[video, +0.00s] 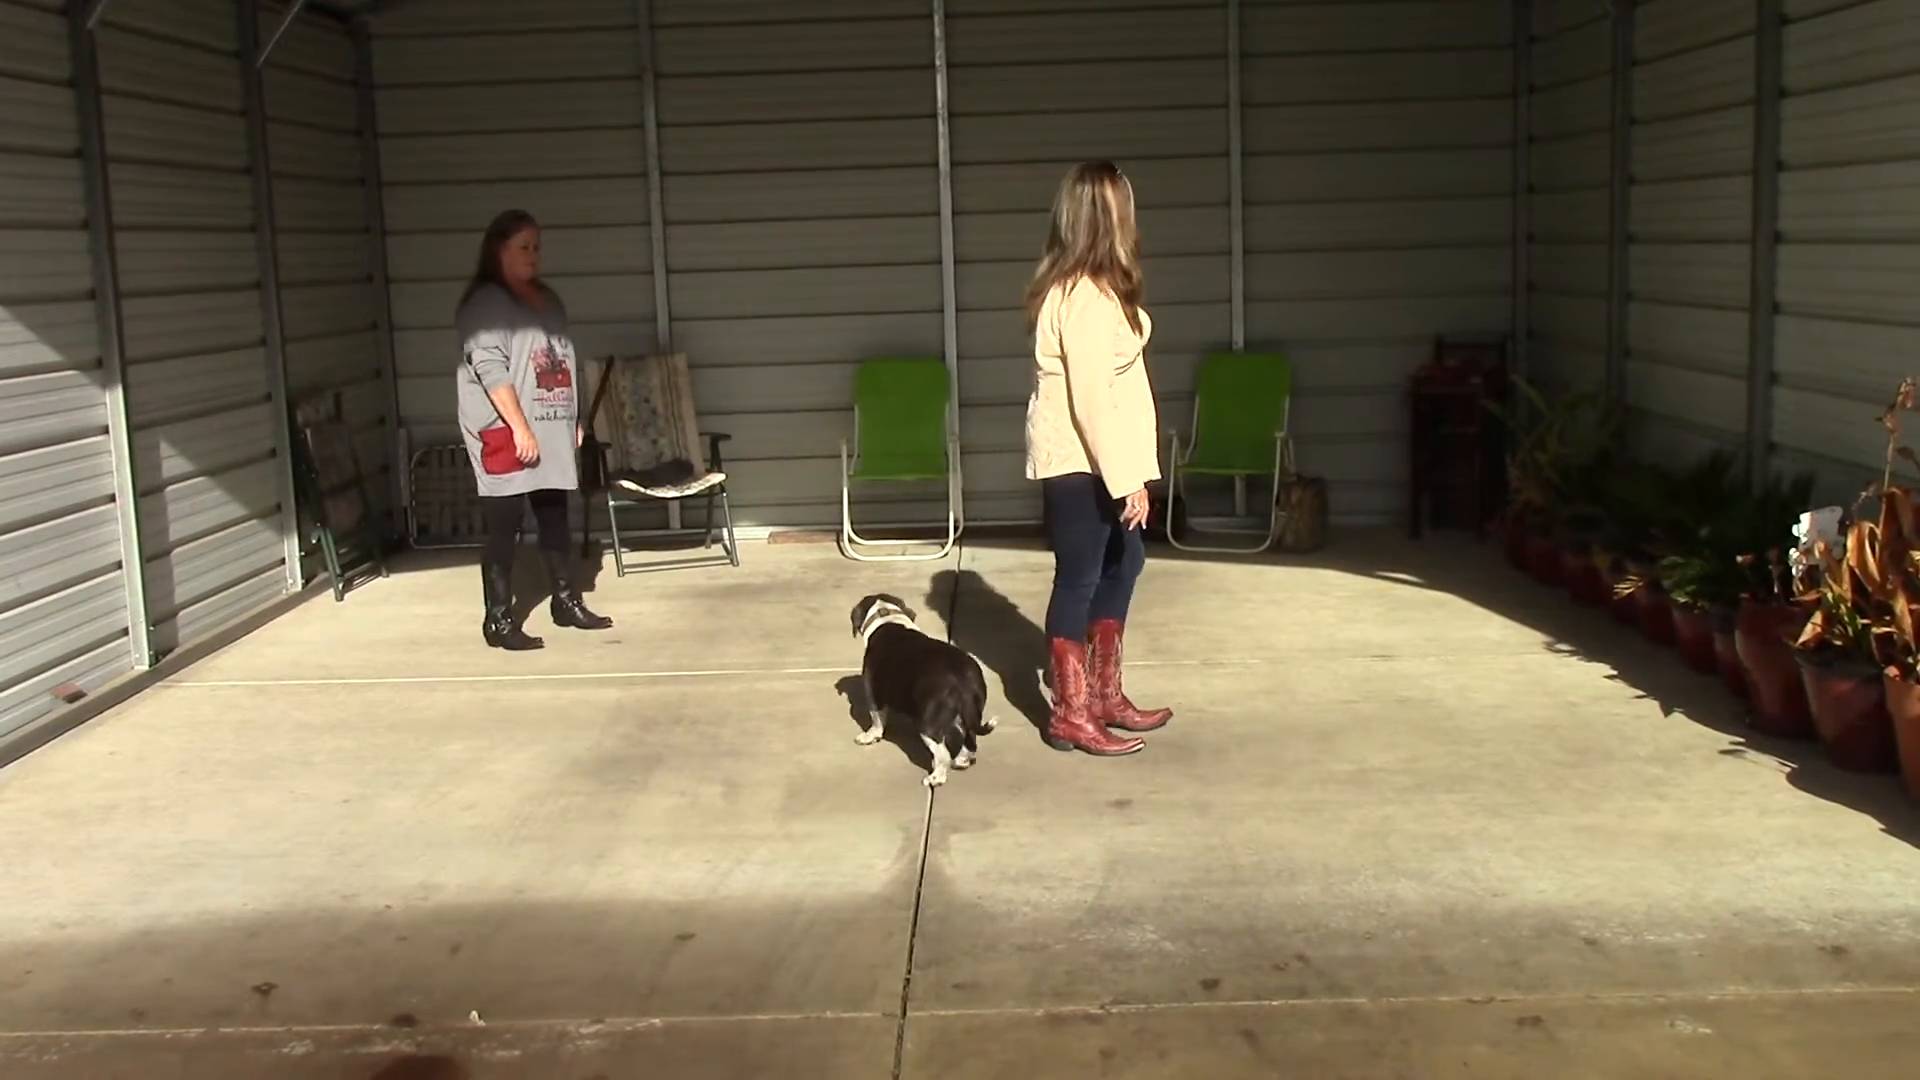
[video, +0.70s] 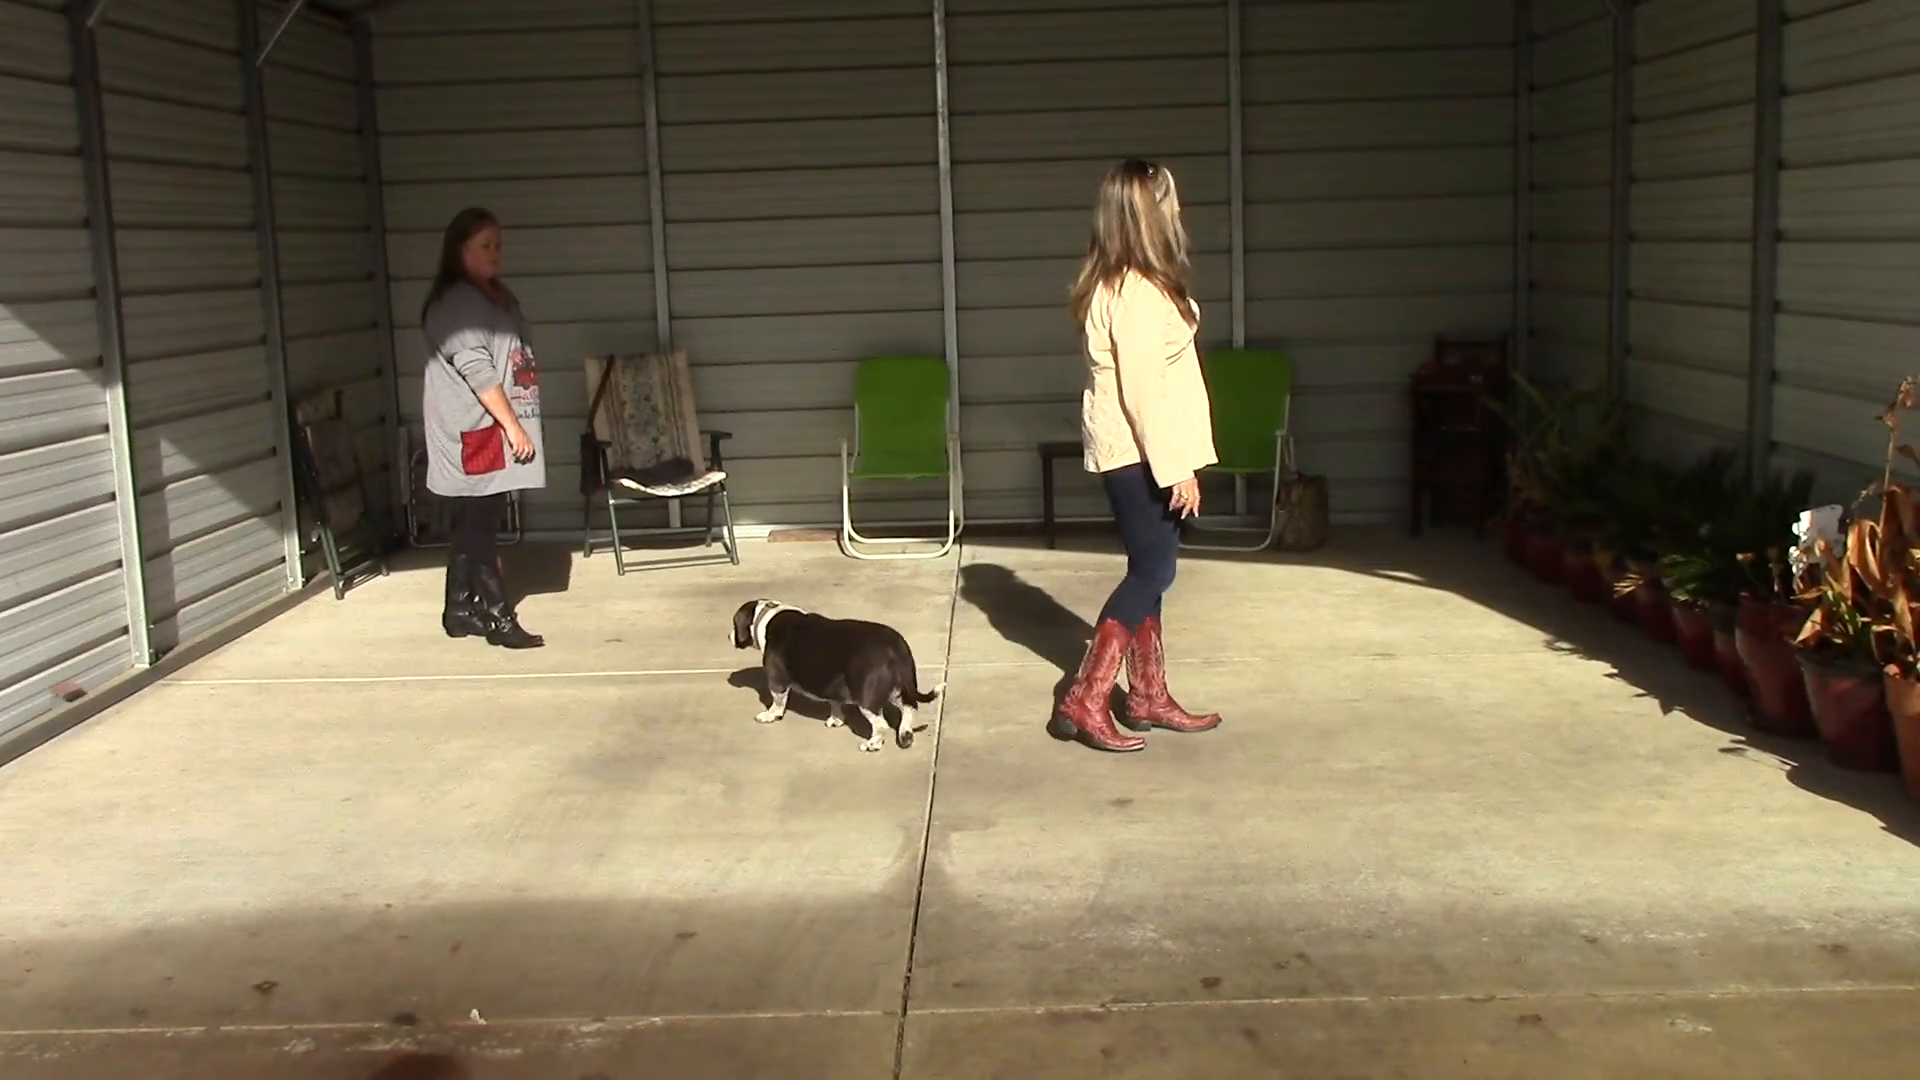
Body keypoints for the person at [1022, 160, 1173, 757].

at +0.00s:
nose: (1134, 221)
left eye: (1129, 209)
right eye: (1128, 211)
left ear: (1072, 217)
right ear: (1116, 218)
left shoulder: (1096, 289)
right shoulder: (1083, 294)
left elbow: (1118, 395)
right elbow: (1091, 402)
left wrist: (1139, 472)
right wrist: (1125, 482)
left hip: (1102, 453)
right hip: (1074, 457)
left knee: (1124, 559)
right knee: (1080, 571)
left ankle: (1103, 697)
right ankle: (1069, 714)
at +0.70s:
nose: (1178, 217)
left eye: (1174, 205)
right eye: (1171, 207)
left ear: (1117, 214)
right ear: (1153, 215)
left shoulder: (1127, 282)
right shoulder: (1134, 290)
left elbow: (1151, 387)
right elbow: (1143, 391)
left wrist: (1182, 462)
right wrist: (1176, 469)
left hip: (1137, 451)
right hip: (1132, 453)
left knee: (1152, 566)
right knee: (1151, 569)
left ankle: (1147, 696)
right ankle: (1084, 698)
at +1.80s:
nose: (1216, 203)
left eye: (1213, 194)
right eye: (1207, 195)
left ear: (1165, 206)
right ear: (1182, 205)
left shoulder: (1146, 274)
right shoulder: (1171, 276)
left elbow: (1167, 364)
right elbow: (1174, 363)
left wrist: (1227, 386)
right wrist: (1230, 395)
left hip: (1151, 438)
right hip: (1170, 441)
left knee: (1161, 560)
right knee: (1173, 560)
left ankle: (1149, 693)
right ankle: (1154, 698)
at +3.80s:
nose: (1214, 210)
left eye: (1213, 198)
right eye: (1207, 200)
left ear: (1161, 206)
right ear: (1182, 206)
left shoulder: (1151, 273)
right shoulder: (1164, 280)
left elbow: (1160, 379)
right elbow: (1167, 383)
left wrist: (1189, 455)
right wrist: (1184, 465)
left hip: (1149, 445)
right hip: (1162, 448)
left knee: (1158, 559)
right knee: (1179, 560)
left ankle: (1149, 692)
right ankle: (1154, 696)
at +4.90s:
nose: (1173, 257)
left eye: (1184, 247)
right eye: (1164, 245)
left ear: (1199, 241)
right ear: (1145, 235)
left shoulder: (1202, 287)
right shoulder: (1123, 293)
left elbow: (1219, 359)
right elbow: (1096, 384)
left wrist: (1227, 422)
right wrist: (1096, 466)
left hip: (1187, 450)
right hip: (1142, 449)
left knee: (1166, 562)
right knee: (1158, 563)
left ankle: (1157, 695)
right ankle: (1149, 698)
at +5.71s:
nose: (1240, 210)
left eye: (1237, 199)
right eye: (1230, 201)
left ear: (1210, 211)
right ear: (1198, 213)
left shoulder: (1208, 283)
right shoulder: (1158, 291)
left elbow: (1206, 379)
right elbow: (1138, 385)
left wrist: (1219, 450)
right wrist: (1163, 464)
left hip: (1187, 453)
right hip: (1156, 455)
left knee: (1170, 562)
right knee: (1158, 563)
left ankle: (1158, 694)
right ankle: (1148, 698)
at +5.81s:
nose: (1239, 207)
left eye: (1235, 197)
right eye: (1229, 198)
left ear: (1205, 208)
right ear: (1200, 210)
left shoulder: (1202, 284)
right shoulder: (1162, 289)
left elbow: (1199, 378)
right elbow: (1156, 384)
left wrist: (1225, 436)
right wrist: (1206, 447)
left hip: (1181, 450)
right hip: (1154, 449)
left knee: (1169, 562)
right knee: (1159, 563)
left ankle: (1158, 694)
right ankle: (1149, 699)